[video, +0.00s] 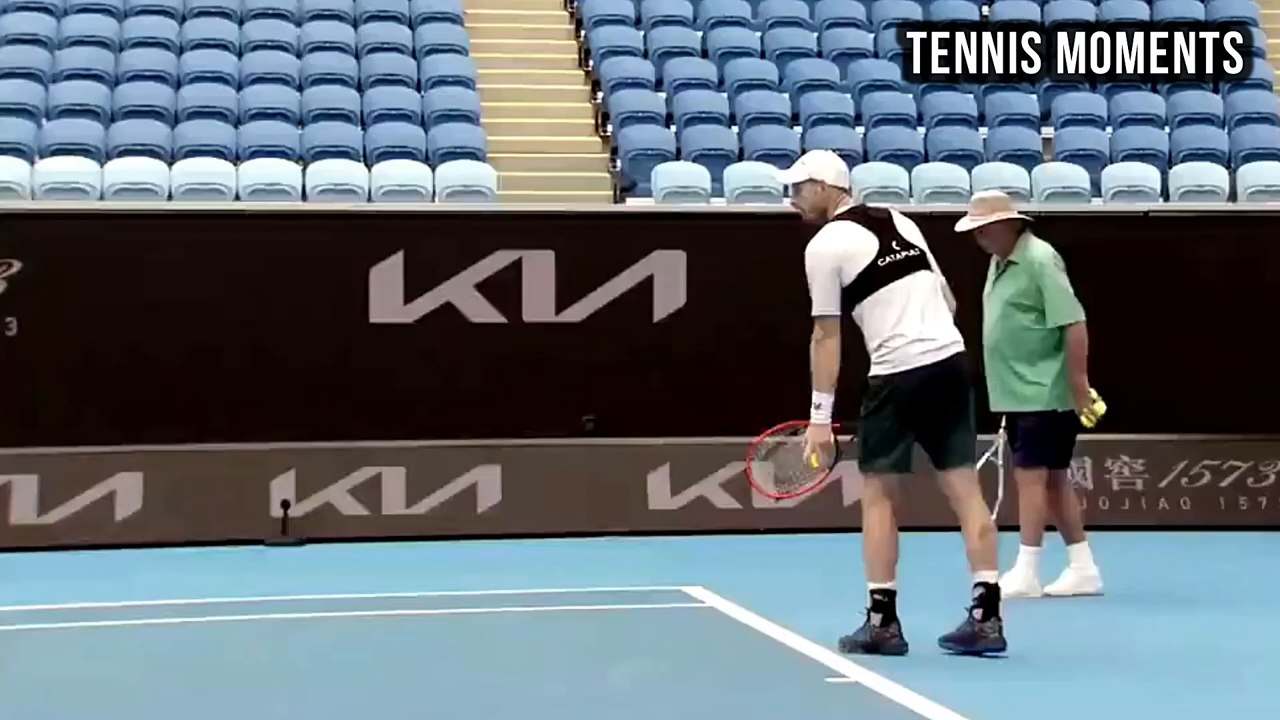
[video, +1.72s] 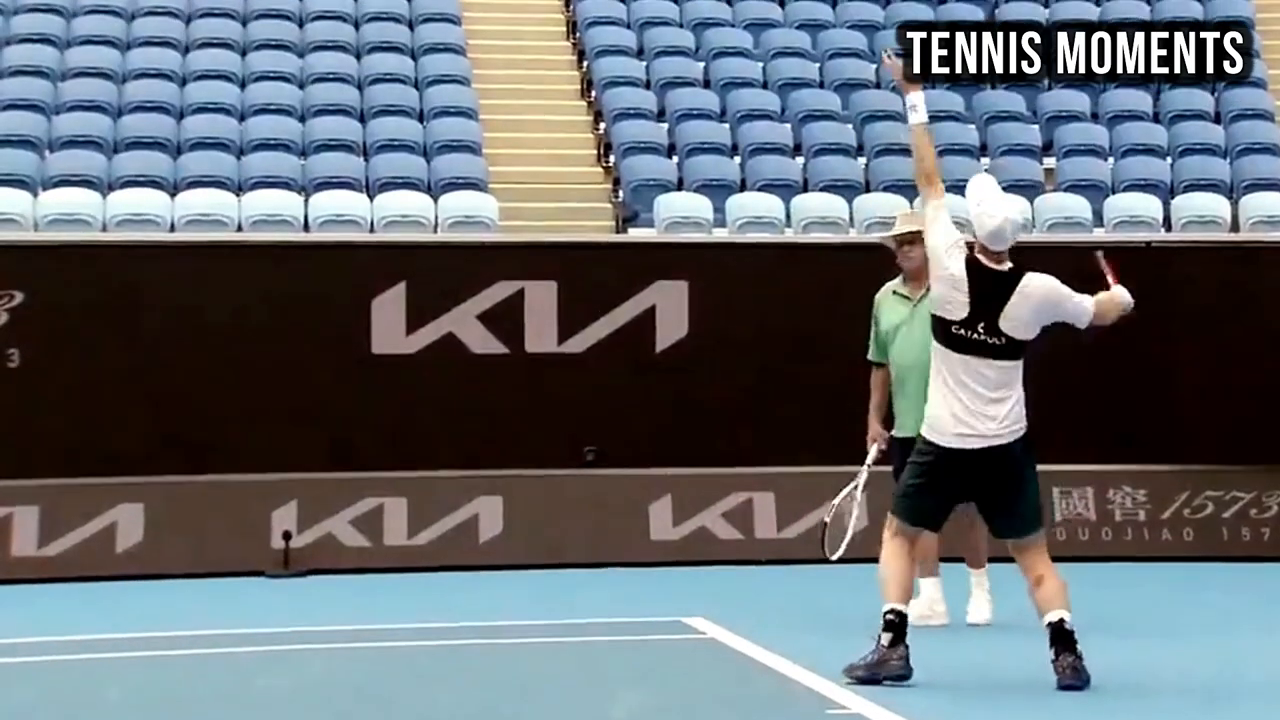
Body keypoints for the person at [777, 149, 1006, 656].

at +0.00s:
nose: (793, 199)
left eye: (800, 188)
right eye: (792, 189)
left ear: (827, 187)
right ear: (837, 190)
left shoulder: (826, 244)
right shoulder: (898, 219)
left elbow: (826, 337)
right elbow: (947, 297)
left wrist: (821, 418)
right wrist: (933, 351)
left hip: (896, 374)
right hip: (951, 364)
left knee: (878, 495)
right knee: (964, 490)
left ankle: (882, 623)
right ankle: (987, 619)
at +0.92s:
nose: (866, 226)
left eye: (870, 216)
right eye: (865, 217)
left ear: (893, 215)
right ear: (911, 214)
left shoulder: (889, 274)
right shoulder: (966, 243)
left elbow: (882, 366)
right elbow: (977, 332)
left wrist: (871, 446)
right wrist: (928, 395)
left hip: (958, 397)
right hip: (1019, 387)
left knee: (916, 509)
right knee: (1032, 510)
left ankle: (885, 629)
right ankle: (1067, 629)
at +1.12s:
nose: (919, 225)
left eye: (923, 216)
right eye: (919, 216)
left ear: (938, 215)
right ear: (971, 213)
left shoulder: (930, 276)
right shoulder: (1023, 252)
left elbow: (939, 363)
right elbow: (1036, 328)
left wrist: (946, 437)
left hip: (983, 411)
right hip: (1048, 404)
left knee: (930, 516)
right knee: (1051, 524)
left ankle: (888, 633)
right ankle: (1070, 634)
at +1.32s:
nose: (970, 209)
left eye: (973, 204)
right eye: (973, 203)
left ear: (981, 211)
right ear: (1023, 211)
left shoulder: (960, 267)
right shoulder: (1061, 258)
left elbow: (949, 343)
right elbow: (1086, 339)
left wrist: (934, 403)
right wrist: (1081, 410)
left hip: (987, 421)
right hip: (1052, 419)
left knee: (931, 521)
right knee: (1055, 538)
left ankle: (891, 638)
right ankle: (1070, 642)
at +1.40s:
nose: (989, 209)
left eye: (990, 205)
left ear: (991, 212)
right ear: (1035, 212)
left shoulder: (964, 262)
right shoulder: (1067, 263)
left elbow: (929, 307)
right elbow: (1098, 339)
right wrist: (1097, 402)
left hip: (983, 425)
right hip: (1048, 424)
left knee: (931, 524)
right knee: (1055, 539)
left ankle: (893, 639)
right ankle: (1069, 644)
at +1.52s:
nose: (991, 211)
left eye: (992, 208)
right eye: (1000, 208)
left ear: (994, 218)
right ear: (1036, 219)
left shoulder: (969, 259)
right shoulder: (1067, 275)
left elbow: (917, 221)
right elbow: (1108, 334)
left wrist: (887, 176)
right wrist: (1116, 376)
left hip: (975, 431)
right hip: (1039, 432)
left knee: (927, 527)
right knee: (1051, 548)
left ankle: (897, 642)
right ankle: (1069, 647)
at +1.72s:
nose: (963, 222)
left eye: (967, 219)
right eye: (986, 218)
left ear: (971, 234)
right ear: (1015, 237)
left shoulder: (947, 266)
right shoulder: (1039, 291)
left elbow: (929, 181)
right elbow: (1103, 311)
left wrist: (912, 96)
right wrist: (1119, 291)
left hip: (943, 442)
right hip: (1006, 444)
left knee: (898, 534)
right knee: (1034, 556)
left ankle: (892, 647)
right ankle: (1066, 653)